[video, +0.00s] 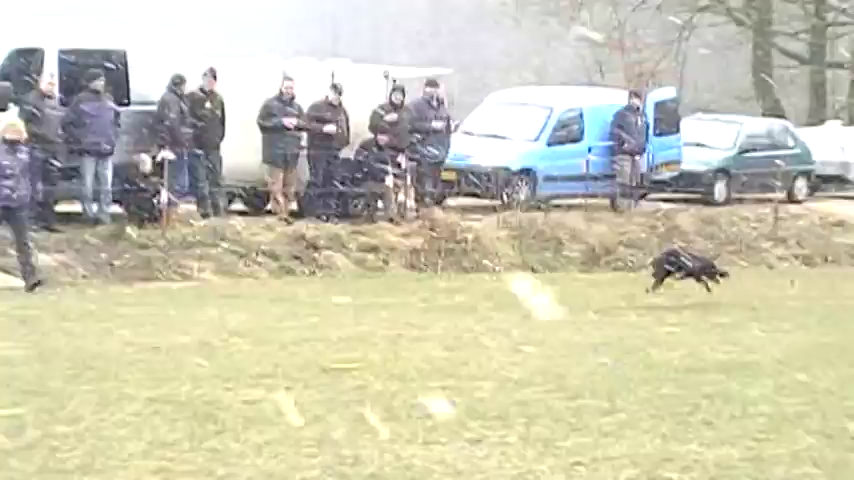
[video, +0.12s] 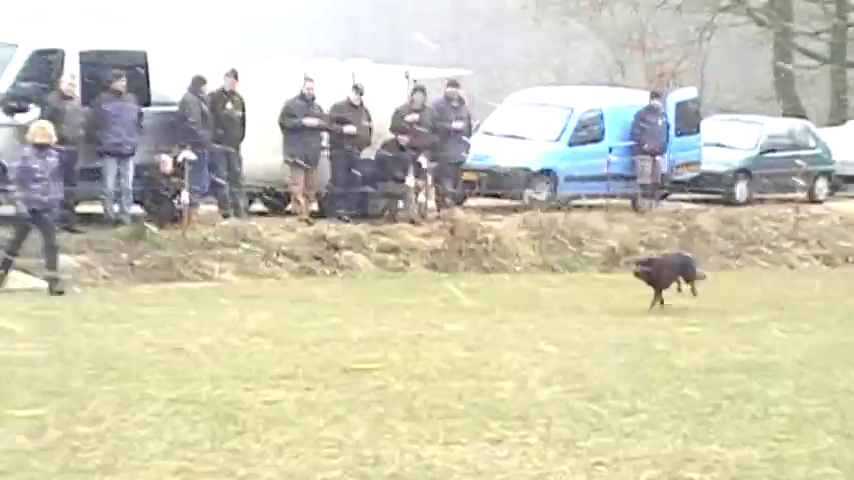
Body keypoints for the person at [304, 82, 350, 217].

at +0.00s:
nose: (336, 98)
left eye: (338, 95)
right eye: (334, 94)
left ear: (341, 96)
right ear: (329, 93)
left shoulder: (342, 111)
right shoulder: (316, 107)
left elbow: (346, 127)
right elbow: (307, 123)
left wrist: (345, 140)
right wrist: (322, 128)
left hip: (334, 149)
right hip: (318, 149)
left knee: (331, 180)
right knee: (317, 179)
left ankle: (330, 210)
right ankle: (314, 209)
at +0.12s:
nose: (357, 98)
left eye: (360, 95)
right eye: (355, 94)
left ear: (363, 96)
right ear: (350, 93)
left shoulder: (365, 111)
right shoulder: (338, 108)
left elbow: (369, 127)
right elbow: (330, 125)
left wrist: (367, 141)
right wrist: (343, 129)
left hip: (357, 150)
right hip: (340, 149)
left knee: (355, 180)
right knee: (340, 179)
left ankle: (352, 208)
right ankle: (338, 208)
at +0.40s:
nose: (347, 86)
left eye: (350, 82)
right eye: (344, 82)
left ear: (356, 84)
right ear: (337, 83)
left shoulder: (360, 102)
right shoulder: (329, 102)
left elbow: (364, 124)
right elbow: (320, 122)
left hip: (354, 150)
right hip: (334, 149)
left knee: (351, 186)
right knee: (334, 184)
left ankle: (347, 212)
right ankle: (330, 211)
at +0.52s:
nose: (341, 88)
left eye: (344, 84)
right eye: (337, 84)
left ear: (350, 84)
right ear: (332, 84)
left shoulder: (355, 98)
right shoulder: (331, 98)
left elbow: (361, 107)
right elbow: (324, 111)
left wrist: (348, 93)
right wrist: (330, 94)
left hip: (352, 143)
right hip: (332, 143)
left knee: (353, 181)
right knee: (330, 181)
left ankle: (354, 215)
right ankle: (329, 215)